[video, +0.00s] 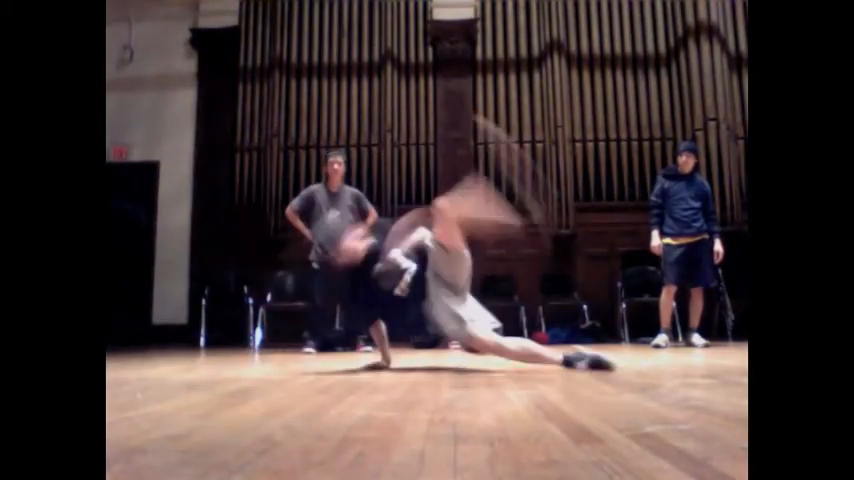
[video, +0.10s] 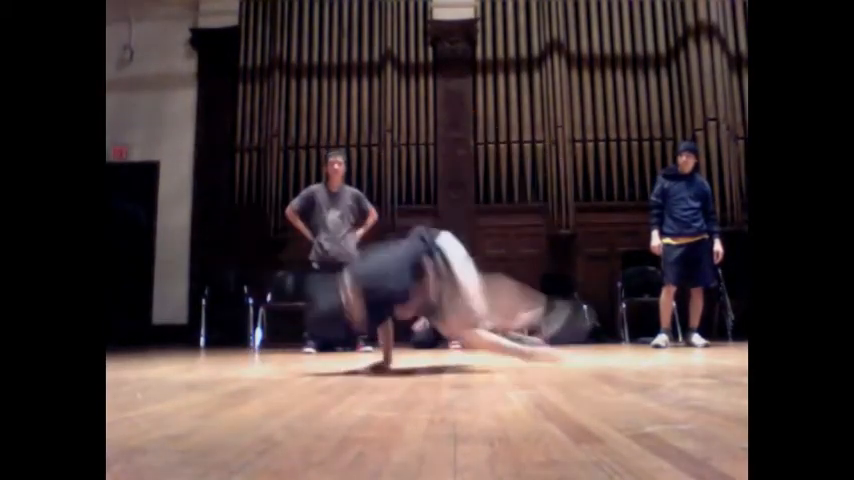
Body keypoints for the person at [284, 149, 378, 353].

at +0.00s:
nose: (336, 167)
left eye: (339, 164)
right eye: (332, 164)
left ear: (344, 169)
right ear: (326, 168)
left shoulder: (353, 194)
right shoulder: (314, 192)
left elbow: (373, 215)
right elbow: (290, 211)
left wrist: (358, 235)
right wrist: (308, 233)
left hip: (347, 256)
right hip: (321, 256)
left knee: (350, 300)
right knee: (319, 301)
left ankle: (356, 339)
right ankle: (315, 339)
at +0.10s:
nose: (336, 167)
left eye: (339, 164)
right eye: (332, 164)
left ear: (344, 169)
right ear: (326, 168)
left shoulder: (353, 194)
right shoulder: (314, 192)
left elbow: (373, 214)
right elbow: (290, 211)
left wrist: (358, 234)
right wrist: (310, 236)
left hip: (347, 252)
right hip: (322, 252)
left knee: (352, 297)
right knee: (316, 298)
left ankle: (360, 338)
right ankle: (312, 339)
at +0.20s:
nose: (336, 167)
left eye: (339, 164)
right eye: (333, 164)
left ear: (345, 168)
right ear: (326, 168)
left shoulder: (353, 194)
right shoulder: (314, 192)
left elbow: (373, 214)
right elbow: (290, 211)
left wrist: (358, 235)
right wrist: (309, 236)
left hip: (347, 256)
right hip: (322, 256)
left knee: (349, 299)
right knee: (320, 300)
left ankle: (349, 341)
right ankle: (315, 339)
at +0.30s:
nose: (336, 168)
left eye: (339, 164)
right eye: (333, 164)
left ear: (345, 168)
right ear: (326, 168)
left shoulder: (353, 194)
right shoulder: (315, 192)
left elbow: (372, 214)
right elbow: (290, 211)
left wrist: (357, 234)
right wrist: (309, 236)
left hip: (348, 254)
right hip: (322, 255)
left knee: (350, 301)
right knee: (321, 301)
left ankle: (351, 341)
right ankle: (316, 339)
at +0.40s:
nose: (336, 167)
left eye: (340, 164)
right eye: (333, 163)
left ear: (345, 168)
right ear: (326, 168)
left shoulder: (354, 194)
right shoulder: (314, 192)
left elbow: (373, 215)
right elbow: (290, 211)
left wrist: (359, 234)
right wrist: (310, 237)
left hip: (347, 254)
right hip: (321, 254)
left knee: (350, 299)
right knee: (319, 299)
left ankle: (354, 340)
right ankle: (317, 340)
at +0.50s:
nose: (336, 167)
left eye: (340, 164)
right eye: (333, 163)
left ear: (345, 168)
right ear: (326, 167)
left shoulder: (354, 194)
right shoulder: (314, 192)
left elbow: (373, 215)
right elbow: (290, 211)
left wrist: (358, 234)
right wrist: (309, 237)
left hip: (347, 252)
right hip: (320, 250)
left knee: (349, 297)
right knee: (318, 294)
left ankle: (358, 338)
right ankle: (312, 339)